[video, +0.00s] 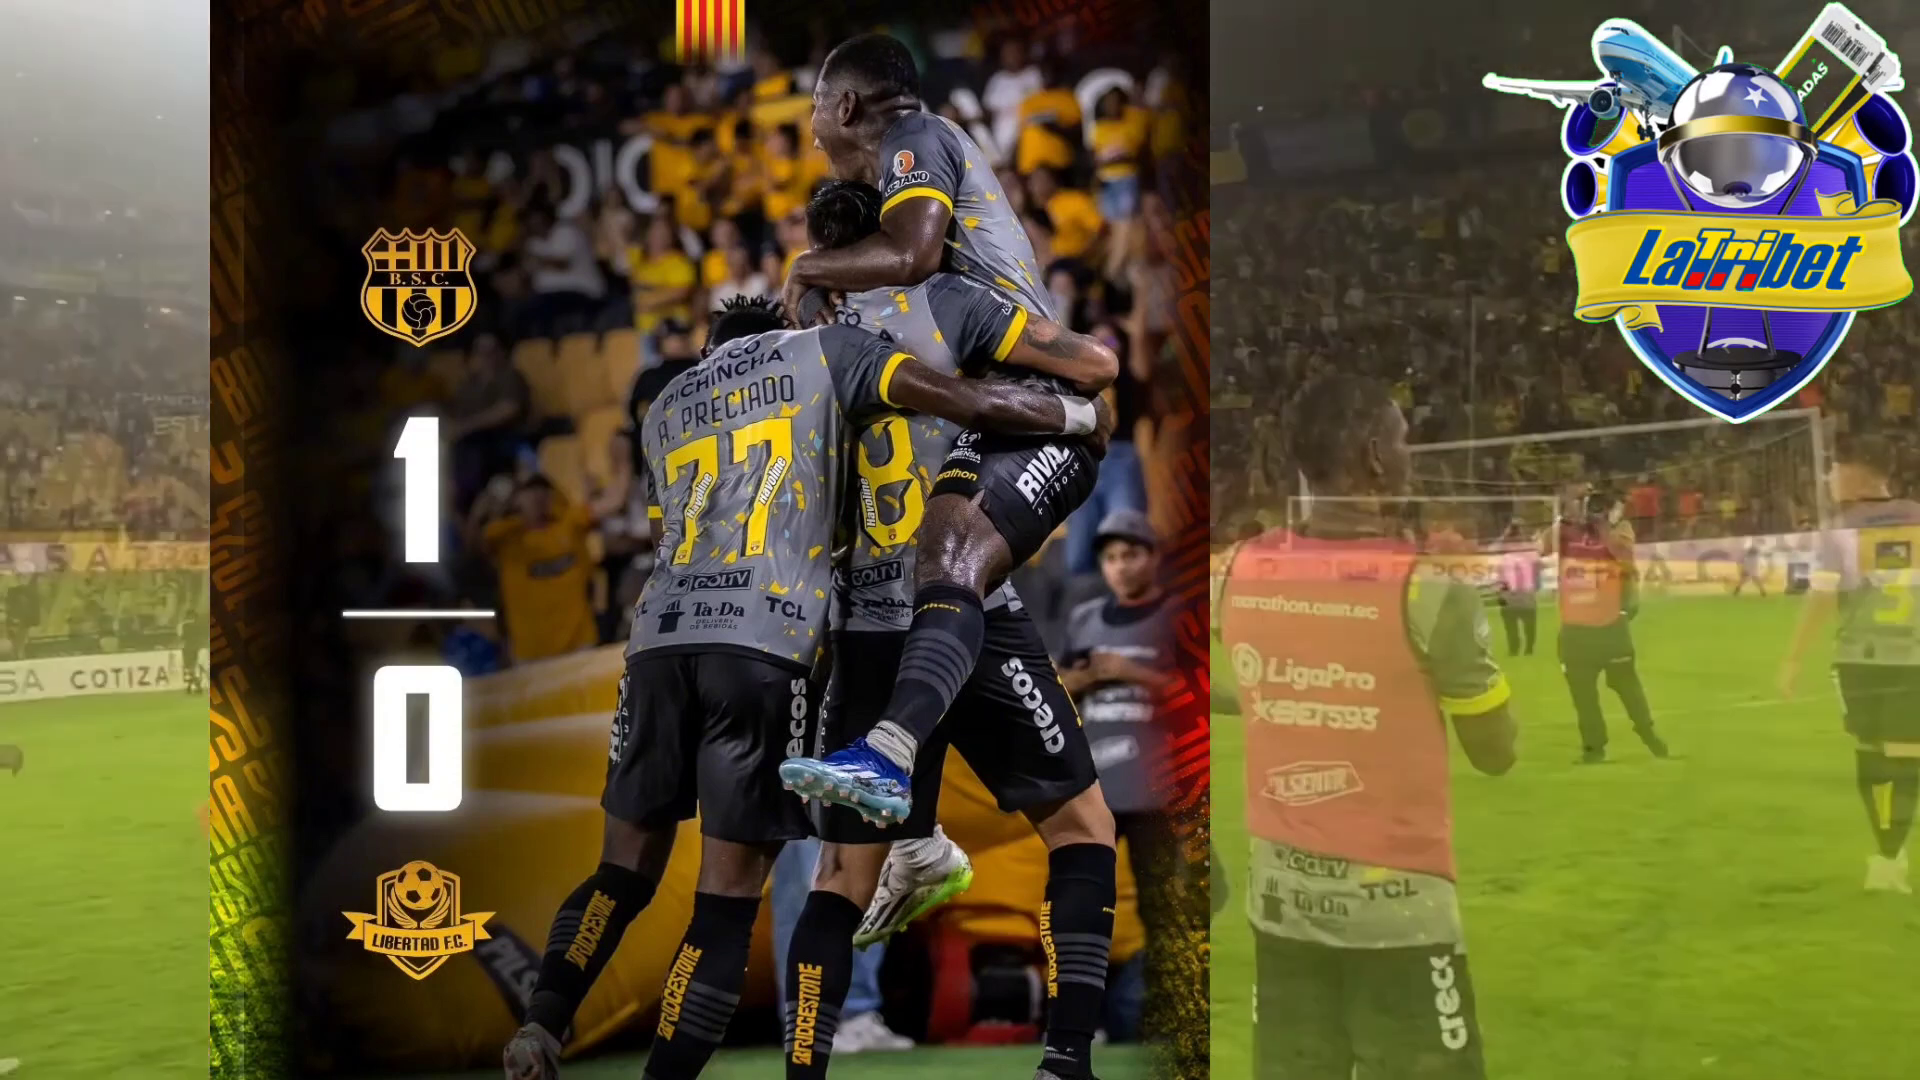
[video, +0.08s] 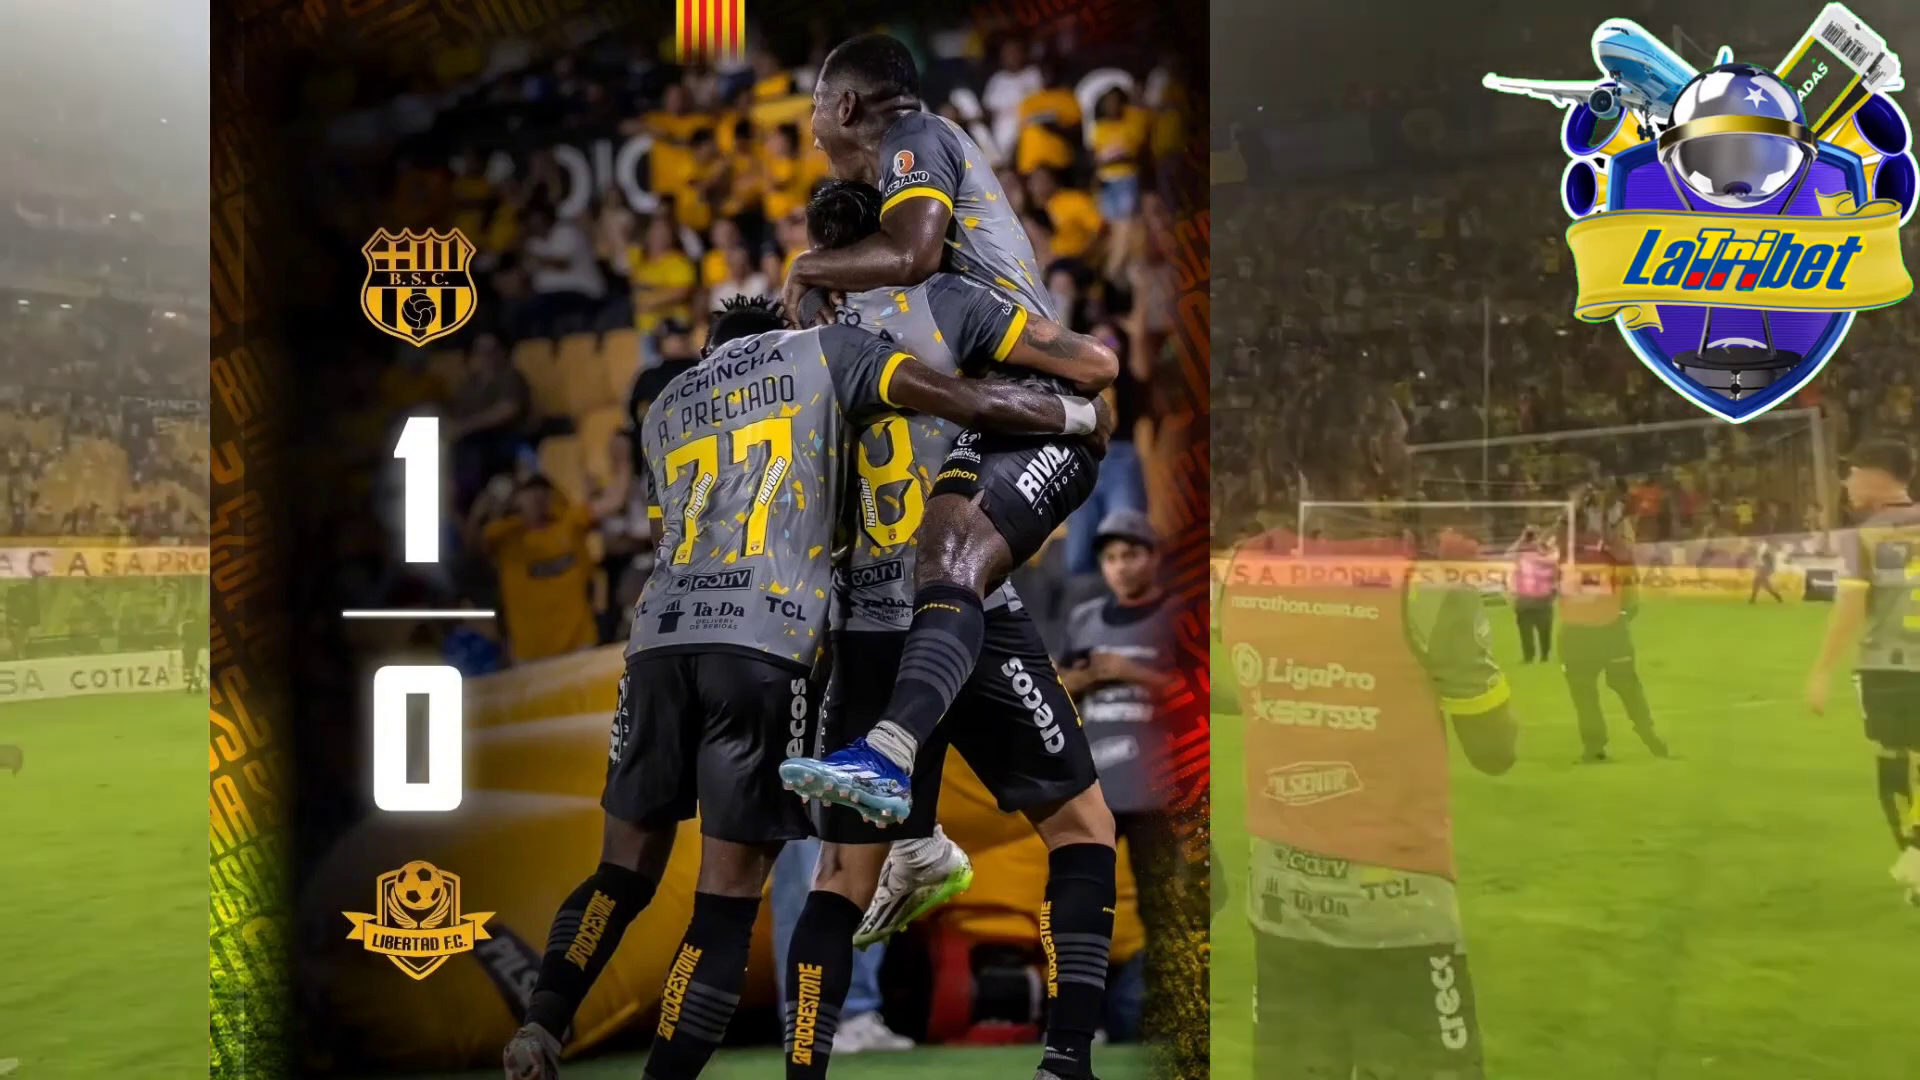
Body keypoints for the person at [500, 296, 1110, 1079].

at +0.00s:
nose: (828, 326)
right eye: (816, 319)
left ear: (709, 345)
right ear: (792, 324)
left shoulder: (661, 406)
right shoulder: (829, 348)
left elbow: (681, 519)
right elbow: (969, 399)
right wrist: (1087, 418)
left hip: (657, 648)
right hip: (762, 648)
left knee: (623, 866)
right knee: (728, 891)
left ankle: (542, 1027)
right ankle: (667, 1076)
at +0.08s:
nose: (828, 326)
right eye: (816, 319)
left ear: (709, 345)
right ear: (792, 324)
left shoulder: (661, 406)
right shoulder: (829, 348)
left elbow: (681, 519)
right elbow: (969, 399)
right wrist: (1087, 418)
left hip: (657, 648)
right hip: (762, 648)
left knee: (623, 866)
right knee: (728, 891)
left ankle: (542, 1027)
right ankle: (667, 1076)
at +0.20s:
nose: (827, 326)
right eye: (815, 319)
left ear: (709, 345)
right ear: (792, 324)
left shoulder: (661, 406)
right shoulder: (829, 348)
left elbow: (681, 520)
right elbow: (969, 399)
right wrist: (1086, 419)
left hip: (657, 648)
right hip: (762, 648)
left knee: (623, 866)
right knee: (727, 891)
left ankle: (542, 1027)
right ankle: (667, 1076)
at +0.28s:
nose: (827, 326)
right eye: (815, 319)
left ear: (709, 345)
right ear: (792, 324)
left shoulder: (661, 406)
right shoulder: (829, 348)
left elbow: (681, 519)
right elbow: (969, 399)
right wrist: (1086, 419)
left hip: (657, 648)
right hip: (762, 648)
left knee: (623, 866)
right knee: (727, 891)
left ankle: (542, 1027)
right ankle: (667, 1075)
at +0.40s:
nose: (827, 326)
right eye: (815, 319)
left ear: (709, 345)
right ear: (792, 324)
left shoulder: (661, 406)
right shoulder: (829, 348)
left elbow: (681, 520)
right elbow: (969, 399)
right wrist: (1086, 419)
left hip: (657, 648)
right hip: (762, 648)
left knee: (623, 866)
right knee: (727, 891)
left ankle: (542, 1027)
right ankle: (667, 1076)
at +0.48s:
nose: (825, 325)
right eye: (813, 319)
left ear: (709, 345)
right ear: (791, 324)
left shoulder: (661, 405)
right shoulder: (830, 348)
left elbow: (680, 520)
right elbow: (970, 400)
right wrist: (1088, 417)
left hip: (657, 648)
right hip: (761, 649)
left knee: (624, 866)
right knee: (727, 892)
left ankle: (542, 1027)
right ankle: (667, 1074)